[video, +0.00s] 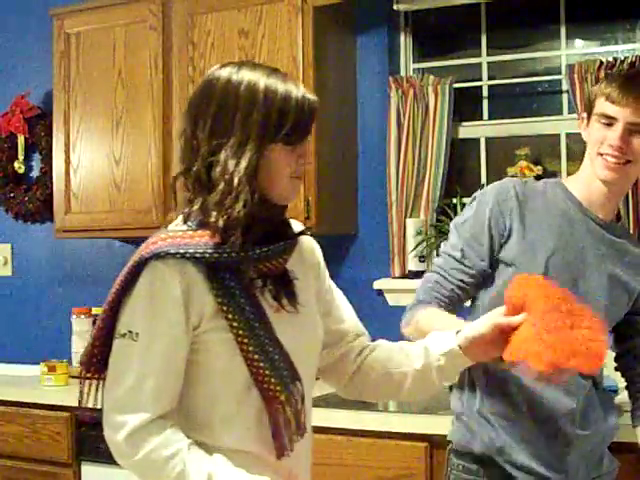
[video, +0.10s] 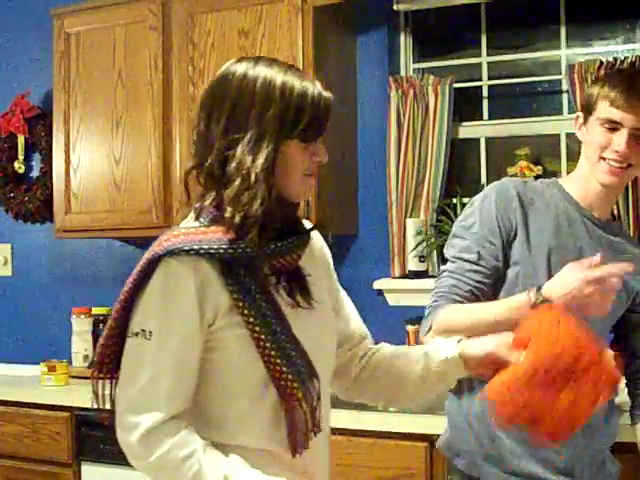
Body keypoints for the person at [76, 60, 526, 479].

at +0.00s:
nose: (308, 159)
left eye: (307, 142)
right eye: (292, 141)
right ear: (236, 147)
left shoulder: (300, 251)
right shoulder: (171, 267)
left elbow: (359, 365)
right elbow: (135, 430)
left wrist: (466, 348)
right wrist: (234, 478)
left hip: (293, 468)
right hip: (215, 471)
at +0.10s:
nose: (322, 156)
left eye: (320, 138)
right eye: (307, 138)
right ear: (253, 144)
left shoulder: (309, 247)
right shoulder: (186, 264)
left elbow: (355, 367)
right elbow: (147, 430)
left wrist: (466, 359)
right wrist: (243, 475)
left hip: (311, 464)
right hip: (236, 469)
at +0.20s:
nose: (335, 152)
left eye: (333, 134)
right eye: (317, 135)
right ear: (262, 140)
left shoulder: (317, 245)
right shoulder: (197, 262)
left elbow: (348, 379)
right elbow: (160, 427)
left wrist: (439, 395)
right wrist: (253, 477)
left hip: (328, 467)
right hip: (249, 469)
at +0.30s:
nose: (346, 152)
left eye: (345, 135)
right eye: (330, 134)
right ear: (273, 136)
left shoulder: (323, 247)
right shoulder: (205, 263)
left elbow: (332, 391)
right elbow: (168, 430)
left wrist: (413, 429)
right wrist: (264, 473)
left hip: (338, 466)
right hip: (258, 468)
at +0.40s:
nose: (355, 151)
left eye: (353, 133)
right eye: (338, 133)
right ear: (283, 137)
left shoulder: (328, 248)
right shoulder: (214, 262)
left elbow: (333, 392)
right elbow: (173, 432)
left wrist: (399, 445)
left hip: (343, 470)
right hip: (270, 468)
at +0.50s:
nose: (363, 150)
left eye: (361, 133)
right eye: (346, 132)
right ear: (290, 137)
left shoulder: (330, 249)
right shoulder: (221, 263)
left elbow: (341, 394)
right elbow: (176, 434)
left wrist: (398, 451)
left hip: (351, 470)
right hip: (274, 468)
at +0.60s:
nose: (370, 151)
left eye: (366, 134)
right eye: (354, 133)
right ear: (297, 137)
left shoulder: (331, 251)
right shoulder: (228, 265)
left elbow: (339, 399)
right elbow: (180, 437)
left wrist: (403, 448)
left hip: (351, 468)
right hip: (275, 467)